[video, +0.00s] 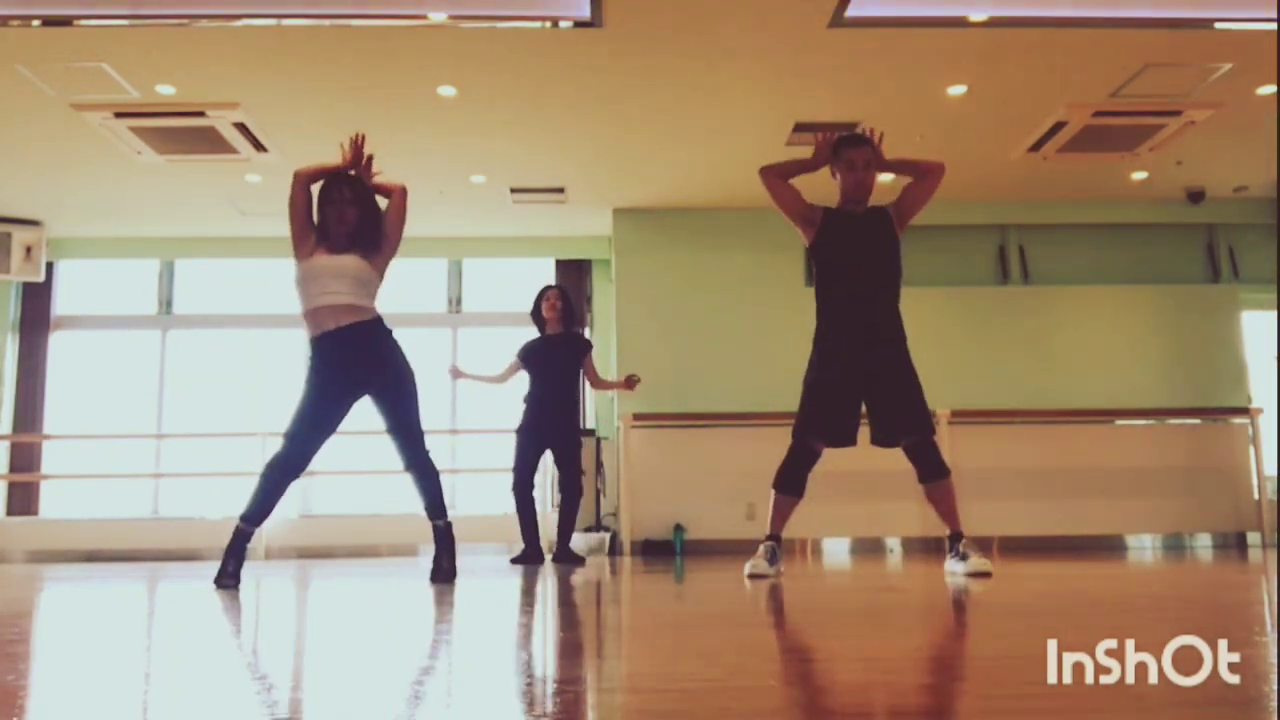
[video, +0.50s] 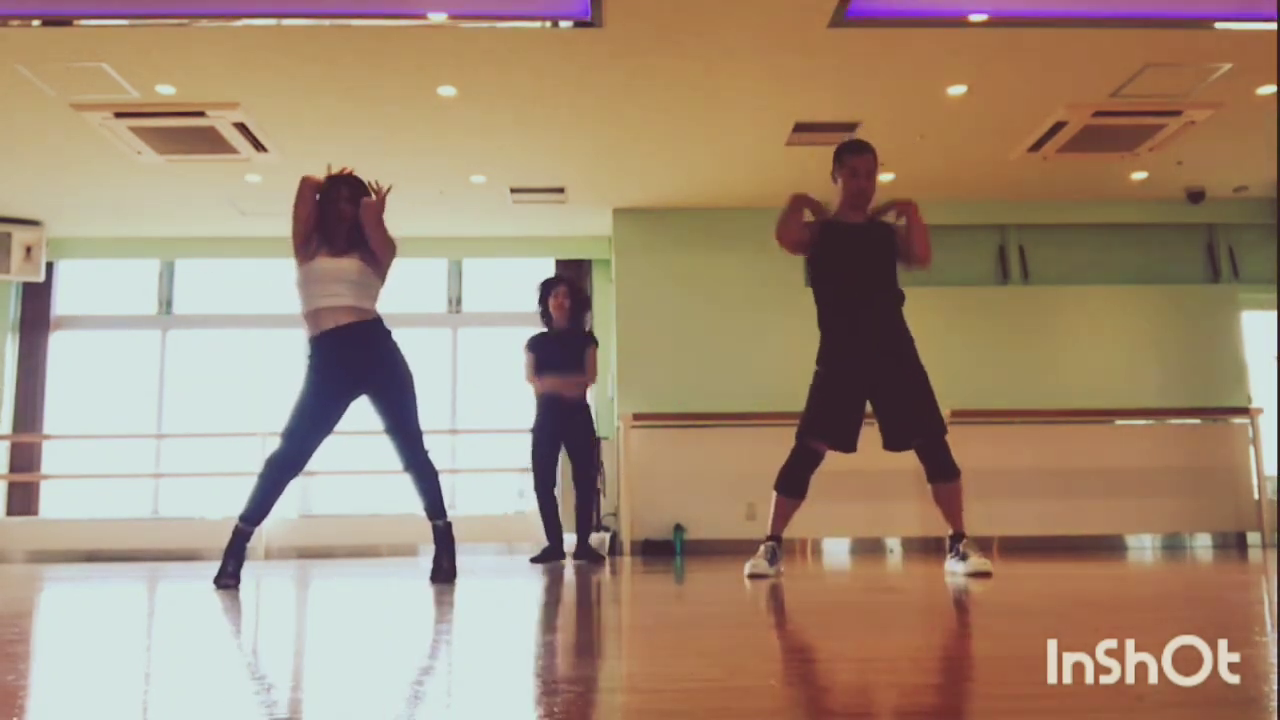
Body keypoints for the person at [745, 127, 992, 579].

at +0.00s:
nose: (860, 174)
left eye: (867, 166)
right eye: (851, 166)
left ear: (877, 174)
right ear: (835, 173)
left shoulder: (891, 219)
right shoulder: (817, 221)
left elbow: (935, 172)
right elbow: (769, 176)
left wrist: (886, 163)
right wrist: (814, 162)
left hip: (888, 353)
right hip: (834, 355)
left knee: (922, 447)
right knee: (804, 451)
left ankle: (958, 545)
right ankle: (770, 546)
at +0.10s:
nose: (859, 176)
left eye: (866, 168)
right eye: (850, 167)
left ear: (875, 177)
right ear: (835, 175)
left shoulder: (891, 222)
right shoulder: (817, 224)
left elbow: (937, 180)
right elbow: (766, 181)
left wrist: (887, 170)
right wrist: (813, 171)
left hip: (888, 354)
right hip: (834, 356)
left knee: (924, 447)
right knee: (804, 451)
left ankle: (958, 545)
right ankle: (770, 545)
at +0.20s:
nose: (860, 177)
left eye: (867, 169)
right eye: (850, 168)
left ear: (876, 177)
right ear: (835, 176)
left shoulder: (892, 224)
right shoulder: (816, 227)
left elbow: (940, 190)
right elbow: (767, 189)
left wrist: (886, 179)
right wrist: (815, 181)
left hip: (889, 354)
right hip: (835, 355)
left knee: (926, 447)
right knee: (805, 451)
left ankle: (959, 545)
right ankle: (770, 546)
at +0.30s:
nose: (861, 178)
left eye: (868, 169)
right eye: (851, 169)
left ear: (877, 177)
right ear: (834, 177)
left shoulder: (890, 227)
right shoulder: (817, 230)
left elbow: (939, 203)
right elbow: (769, 198)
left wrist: (893, 185)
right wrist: (812, 186)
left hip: (891, 356)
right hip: (836, 357)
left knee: (929, 447)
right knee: (805, 452)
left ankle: (959, 545)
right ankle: (771, 545)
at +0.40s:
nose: (860, 178)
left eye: (867, 170)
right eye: (851, 170)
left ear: (877, 177)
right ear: (834, 177)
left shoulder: (889, 228)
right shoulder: (817, 234)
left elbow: (932, 225)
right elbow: (774, 209)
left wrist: (906, 191)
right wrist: (810, 192)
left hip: (892, 355)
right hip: (838, 356)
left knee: (931, 447)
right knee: (805, 451)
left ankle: (959, 545)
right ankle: (771, 546)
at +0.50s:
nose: (859, 181)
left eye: (867, 173)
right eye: (851, 173)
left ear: (877, 178)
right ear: (835, 177)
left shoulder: (887, 232)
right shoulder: (822, 231)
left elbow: (920, 256)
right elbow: (787, 238)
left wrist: (912, 210)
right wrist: (796, 204)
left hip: (894, 355)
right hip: (841, 357)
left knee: (933, 446)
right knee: (807, 452)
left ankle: (959, 545)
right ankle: (771, 546)